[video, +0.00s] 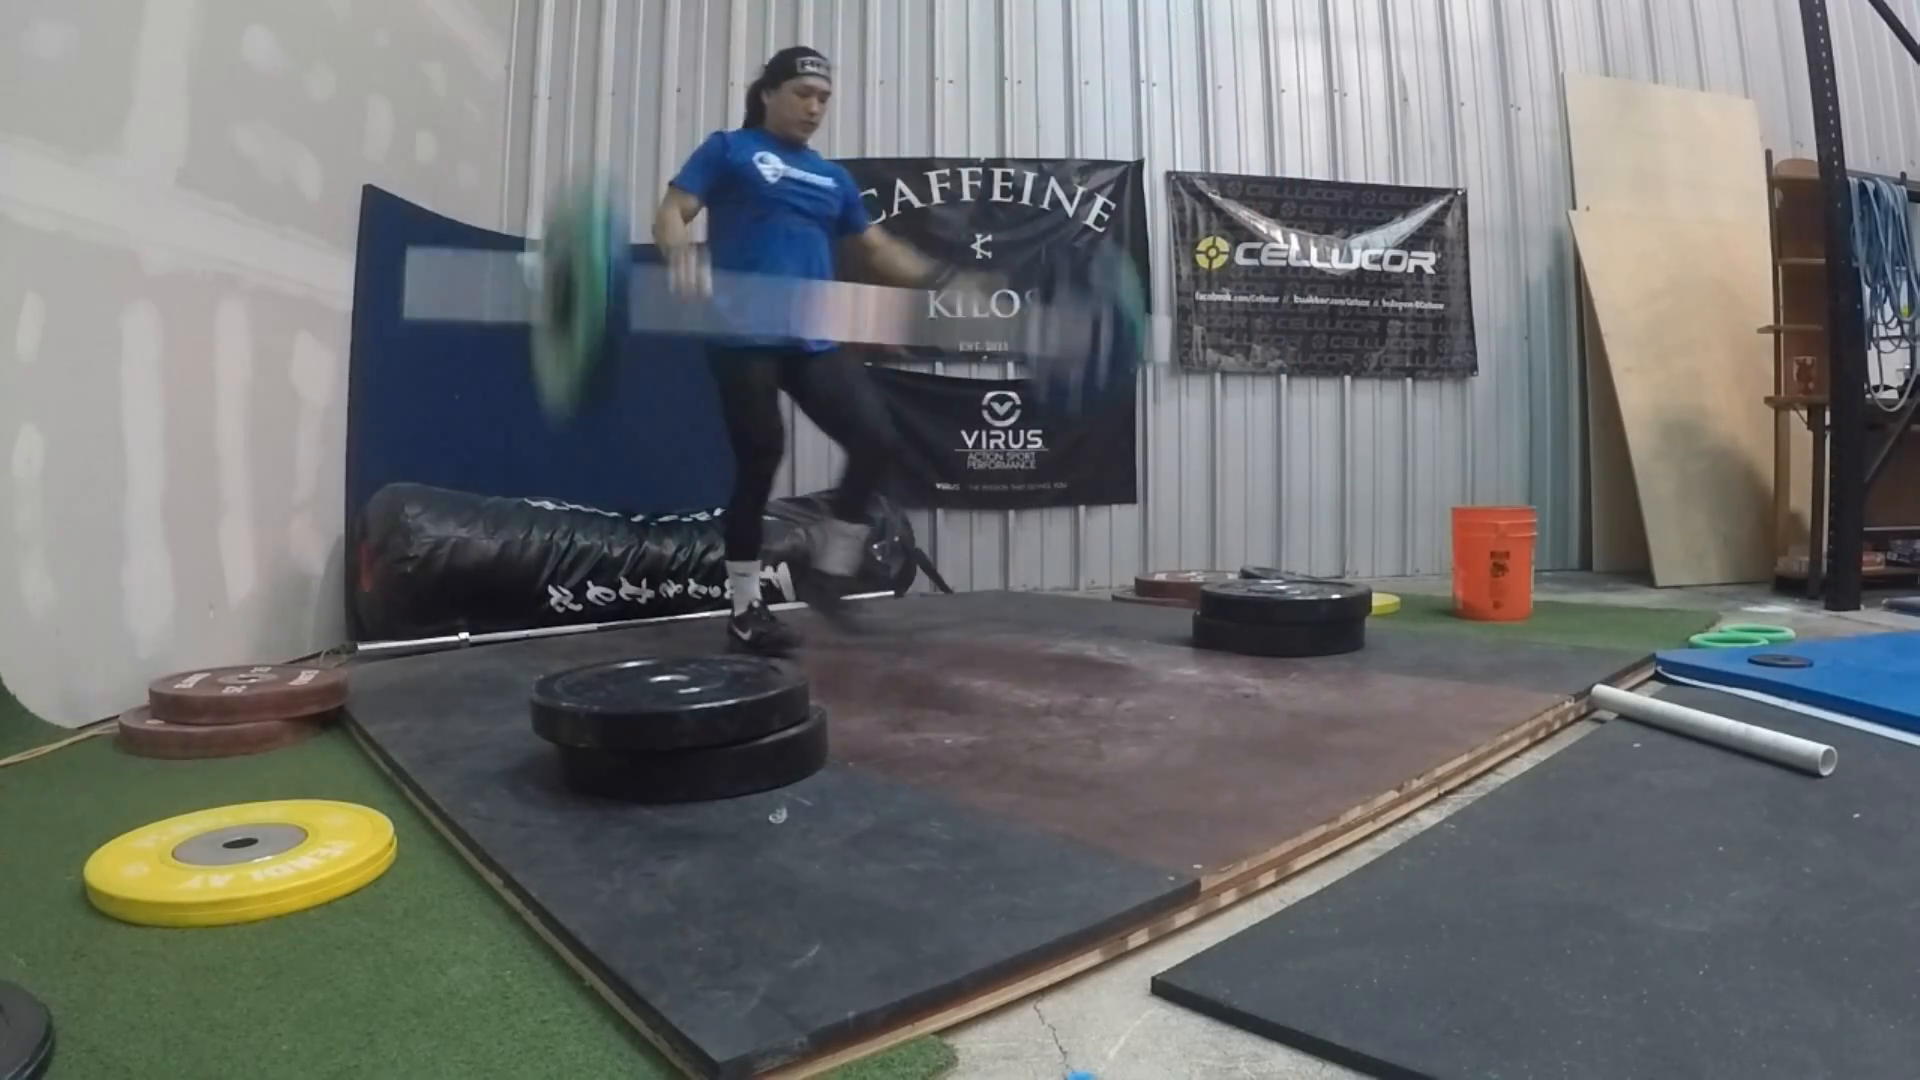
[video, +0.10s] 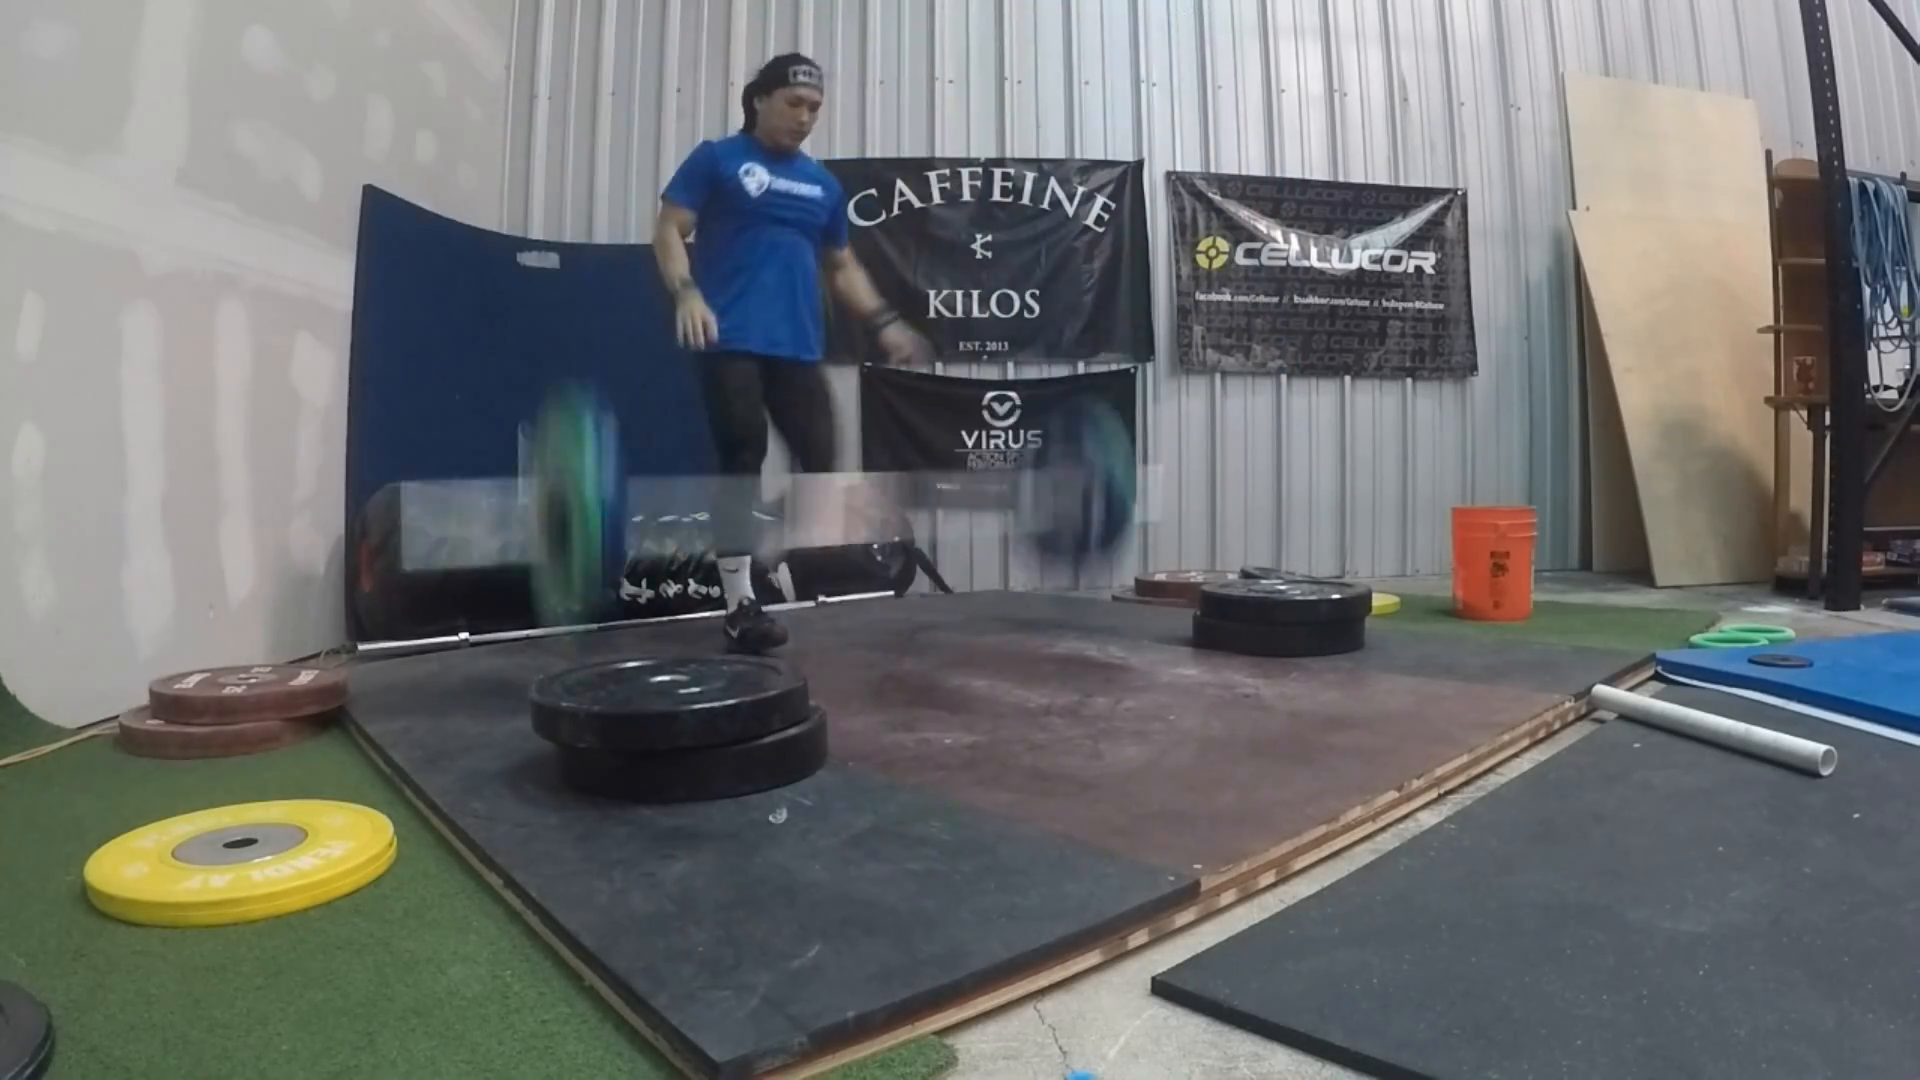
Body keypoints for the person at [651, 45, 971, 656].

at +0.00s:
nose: (814, 107)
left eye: (822, 99)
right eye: (803, 95)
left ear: (826, 106)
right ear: (768, 93)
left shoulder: (835, 179)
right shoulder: (729, 149)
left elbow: (879, 252)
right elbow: (670, 213)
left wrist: (946, 278)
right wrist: (682, 252)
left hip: (810, 342)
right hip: (741, 339)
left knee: (875, 440)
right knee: (760, 452)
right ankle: (745, 608)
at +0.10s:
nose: (805, 117)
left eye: (814, 108)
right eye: (795, 104)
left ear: (818, 113)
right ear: (759, 101)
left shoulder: (824, 184)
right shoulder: (717, 158)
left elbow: (843, 265)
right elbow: (667, 228)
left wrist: (885, 323)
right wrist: (685, 293)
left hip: (795, 347)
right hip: (727, 340)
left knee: (820, 457)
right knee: (743, 450)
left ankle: (778, 572)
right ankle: (735, 589)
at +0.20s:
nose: (801, 138)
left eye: (809, 129)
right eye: (791, 125)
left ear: (815, 133)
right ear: (756, 123)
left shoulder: (819, 202)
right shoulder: (711, 180)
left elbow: (832, 286)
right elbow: (669, 253)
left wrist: (855, 346)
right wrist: (695, 316)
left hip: (778, 367)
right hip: (719, 353)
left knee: (760, 476)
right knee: (745, 461)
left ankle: (715, 585)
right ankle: (737, 601)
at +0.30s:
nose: (803, 169)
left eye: (811, 159)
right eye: (792, 155)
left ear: (816, 163)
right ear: (757, 153)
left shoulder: (816, 231)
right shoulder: (710, 210)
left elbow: (836, 310)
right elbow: (678, 284)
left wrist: (857, 360)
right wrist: (711, 338)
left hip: (759, 374)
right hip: (704, 366)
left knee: (755, 466)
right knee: (737, 459)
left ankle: (702, 581)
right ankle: (737, 601)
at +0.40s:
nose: (808, 205)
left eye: (816, 194)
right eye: (798, 190)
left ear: (823, 196)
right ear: (763, 185)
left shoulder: (818, 255)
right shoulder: (715, 236)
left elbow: (843, 332)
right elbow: (691, 317)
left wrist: (872, 383)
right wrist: (723, 362)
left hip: (749, 374)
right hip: (693, 369)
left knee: (745, 476)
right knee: (723, 459)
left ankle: (703, 583)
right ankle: (728, 589)